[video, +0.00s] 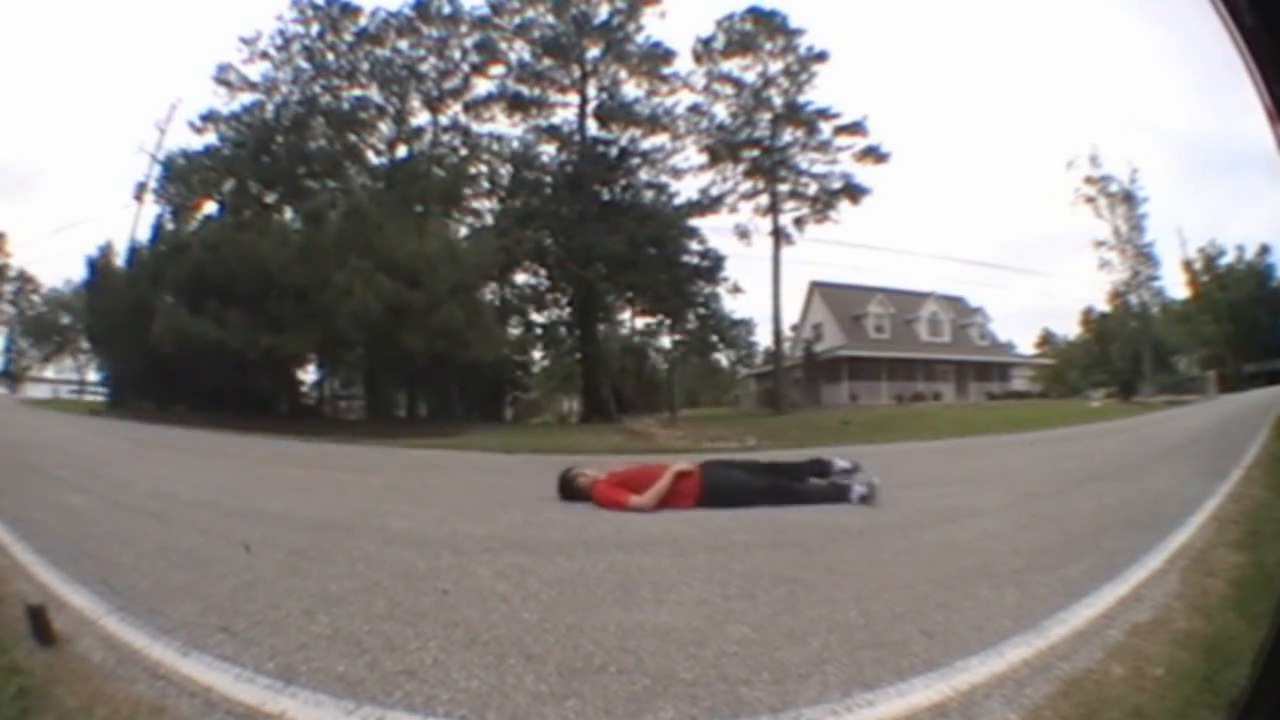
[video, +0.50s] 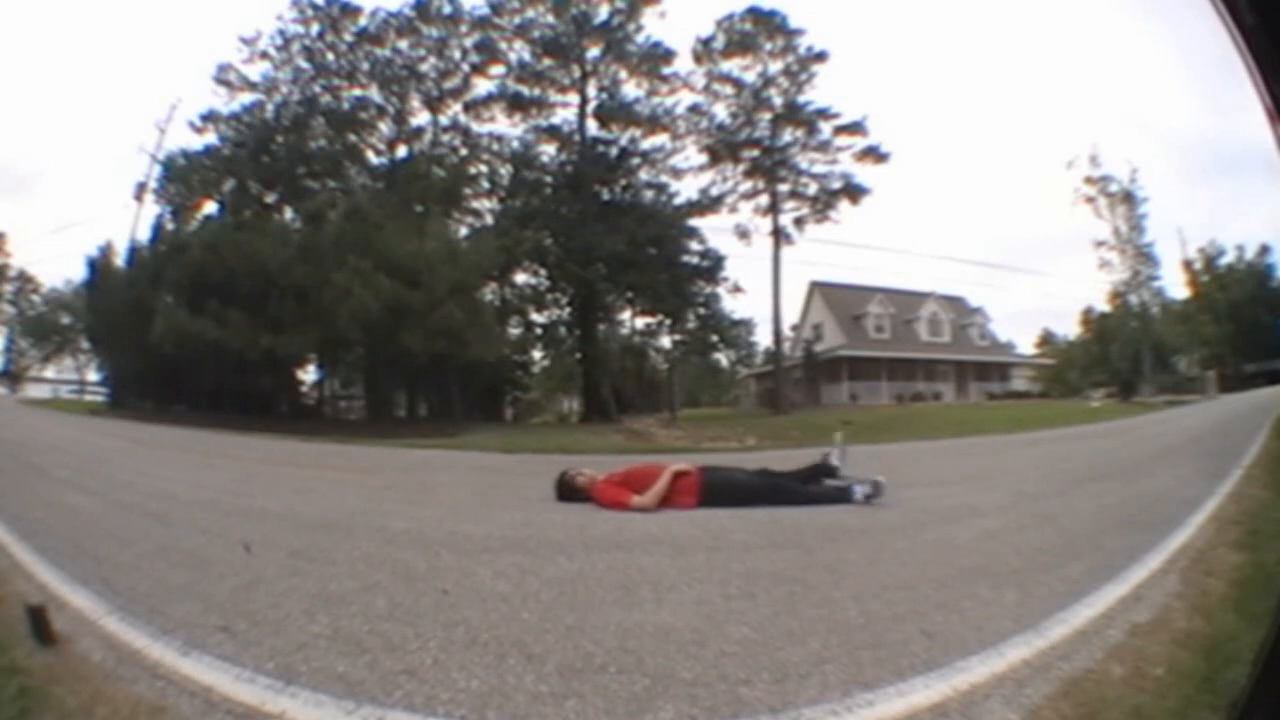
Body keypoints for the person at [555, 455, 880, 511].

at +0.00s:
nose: (588, 472)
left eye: (583, 470)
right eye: (581, 475)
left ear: (588, 474)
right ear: (581, 487)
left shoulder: (612, 479)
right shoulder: (603, 491)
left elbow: (648, 489)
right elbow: (642, 503)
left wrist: (677, 467)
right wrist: (672, 471)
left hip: (702, 472)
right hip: (700, 487)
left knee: (768, 471)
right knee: (772, 489)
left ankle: (830, 467)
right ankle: (845, 492)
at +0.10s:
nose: (586, 473)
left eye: (581, 471)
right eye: (581, 476)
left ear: (586, 478)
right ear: (581, 487)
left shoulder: (611, 480)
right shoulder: (603, 491)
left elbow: (648, 489)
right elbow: (642, 504)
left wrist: (676, 467)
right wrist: (671, 471)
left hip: (703, 473)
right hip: (700, 488)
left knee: (769, 470)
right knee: (775, 489)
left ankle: (830, 466)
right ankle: (848, 494)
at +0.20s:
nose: (585, 472)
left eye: (580, 470)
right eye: (579, 475)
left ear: (585, 478)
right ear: (580, 486)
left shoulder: (610, 480)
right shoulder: (603, 491)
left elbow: (647, 491)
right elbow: (642, 504)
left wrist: (674, 469)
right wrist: (669, 471)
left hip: (704, 473)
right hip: (700, 488)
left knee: (768, 471)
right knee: (773, 489)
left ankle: (826, 466)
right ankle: (847, 495)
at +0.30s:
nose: (584, 471)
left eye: (579, 470)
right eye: (578, 474)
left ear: (584, 478)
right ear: (579, 486)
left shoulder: (609, 480)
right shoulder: (602, 491)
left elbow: (646, 491)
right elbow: (642, 504)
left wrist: (672, 469)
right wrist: (668, 471)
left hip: (701, 474)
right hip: (698, 488)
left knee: (766, 473)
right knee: (771, 490)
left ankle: (823, 466)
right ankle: (846, 495)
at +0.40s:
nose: (583, 472)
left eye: (578, 472)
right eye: (578, 476)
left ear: (582, 479)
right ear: (580, 486)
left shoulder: (609, 480)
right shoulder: (603, 491)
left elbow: (646, 490)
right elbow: (643, 504)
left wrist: (672, 471)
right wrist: (670, 471)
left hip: (699, 475)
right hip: (697, 488)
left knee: (768, 476)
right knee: (771, 489)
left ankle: (826, 465)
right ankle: (847, 493)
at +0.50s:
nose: (585, 472)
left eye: (580, 470)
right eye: (579, 474)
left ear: (584, 480)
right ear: (580, 486)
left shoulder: (609, 481)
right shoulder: (603, 491)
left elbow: (646, 493)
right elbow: (643, 504)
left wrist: (672, 471)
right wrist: (670, 472)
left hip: (700, 476)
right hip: (698, 488)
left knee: (767, 477)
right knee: (771, 489)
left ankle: (827, 471)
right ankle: (848, 494)